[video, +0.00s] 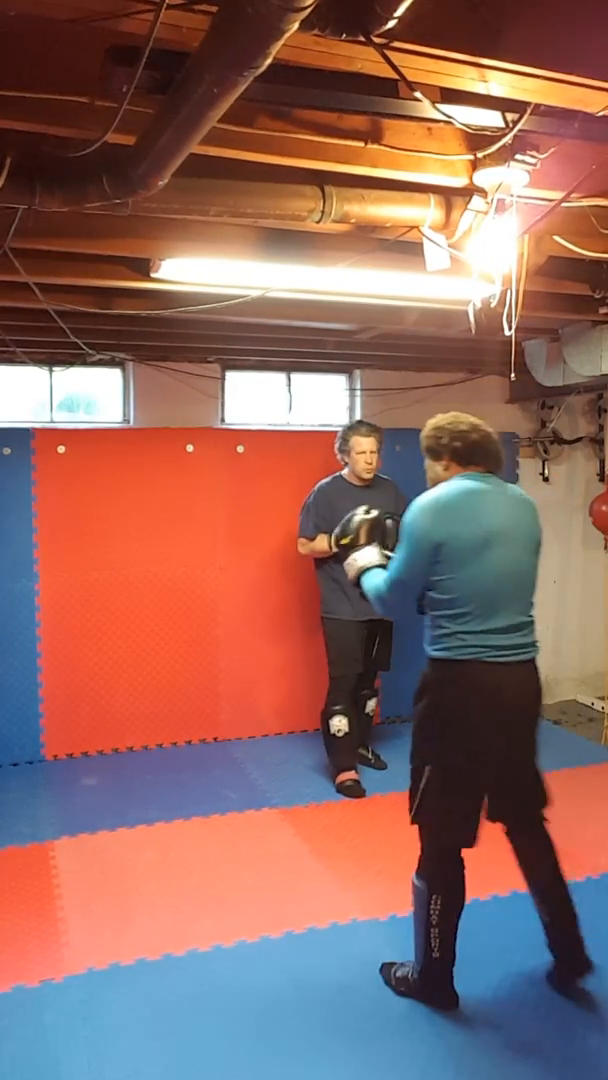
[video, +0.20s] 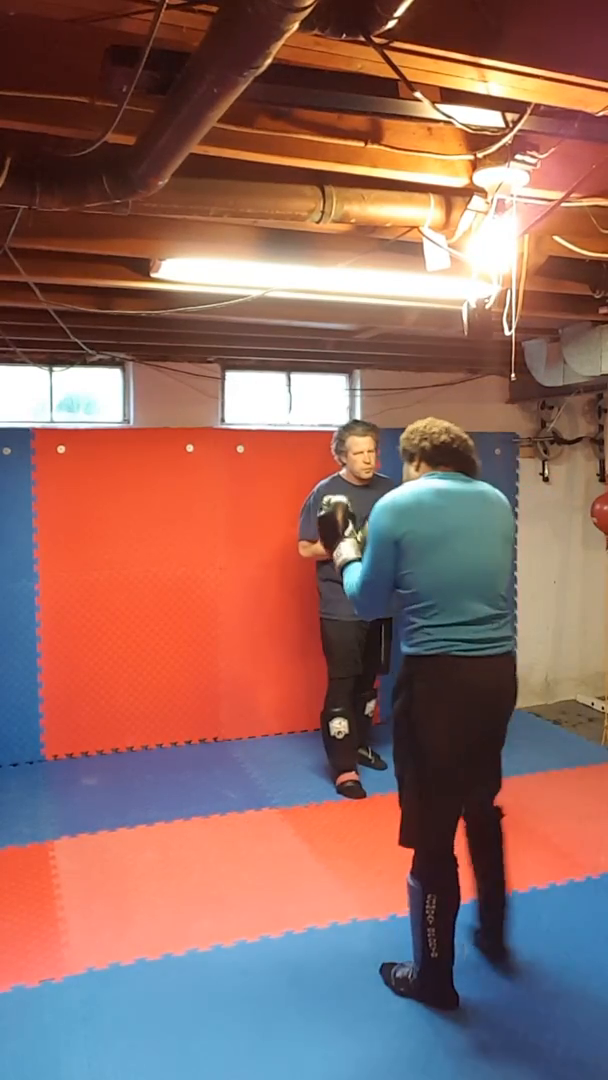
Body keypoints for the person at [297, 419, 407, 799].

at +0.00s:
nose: (370, 460)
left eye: (374, 453)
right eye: (362, 453)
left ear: (380, 453)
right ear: (344, 455)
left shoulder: (391, 492)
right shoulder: (324, 493)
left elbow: (409, 536)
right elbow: (305, 545)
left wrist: (384, 544)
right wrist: (342, 542)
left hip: (381, 605)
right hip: (341, 607)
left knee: (368, 679)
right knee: (344, 683)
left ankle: (360, 744)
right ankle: (343, 766)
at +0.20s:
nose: (369, 459)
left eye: (372, 452)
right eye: (360, 454)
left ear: (378, 451)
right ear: (341, 456)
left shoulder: (389, 489)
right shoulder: (324, 494)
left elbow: (403, 537)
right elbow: (306, 548)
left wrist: (379, 548)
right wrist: (345, 547)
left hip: (380, 606)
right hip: (340, 608)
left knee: (367, 680)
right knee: (343, 682)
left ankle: (360, 743)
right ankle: (344, 766)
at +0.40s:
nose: (365, 459)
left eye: (368, 451)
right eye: (356, 454)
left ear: (375, 450)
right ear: (338, 457)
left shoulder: (387, 489)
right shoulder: (322, 495)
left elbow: (402, 537)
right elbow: (305, 549)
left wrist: (377, 542)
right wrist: (345, 544)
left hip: (382, 610)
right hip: (340, 613)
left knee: (369, 684)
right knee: (341, 686)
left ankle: (360, 745)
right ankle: (343, 768)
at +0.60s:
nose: (363, 457)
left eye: (366, 450)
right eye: (354, 452)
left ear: (372, 450)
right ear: (335, 455)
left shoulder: (385, 489)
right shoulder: (319, 495)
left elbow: (401, 537)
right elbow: (302, 548)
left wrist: (372, 539)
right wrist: (345, 543)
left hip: (381, 610)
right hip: (337, 614)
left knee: (377, 687)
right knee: (340, 687)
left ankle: (374, 759)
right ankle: (344, 767)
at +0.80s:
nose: (361, 458)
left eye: (364, 451)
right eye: (353, 452)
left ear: (369, 451)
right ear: (333, 455)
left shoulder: (381, 489)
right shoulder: (315, 495)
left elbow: (397, 540)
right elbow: (298, 550)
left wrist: (365, 539)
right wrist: (345, 541)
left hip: (378, 609)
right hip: (335, 614)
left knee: (378, 685)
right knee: (337, 685)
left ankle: (378, 755)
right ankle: (337, 759)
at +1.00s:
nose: (359, 462)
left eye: (362, 454)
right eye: (350, 456)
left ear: (368, 453)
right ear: (331, 458)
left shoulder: (374, 489)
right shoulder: (316, 494)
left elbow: (387, 543)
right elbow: (296, 552)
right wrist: (340, 546)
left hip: (373, 619)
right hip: (333, 621)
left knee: (368, 698)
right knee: (336, 697)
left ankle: (367, 771)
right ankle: (334, 771)